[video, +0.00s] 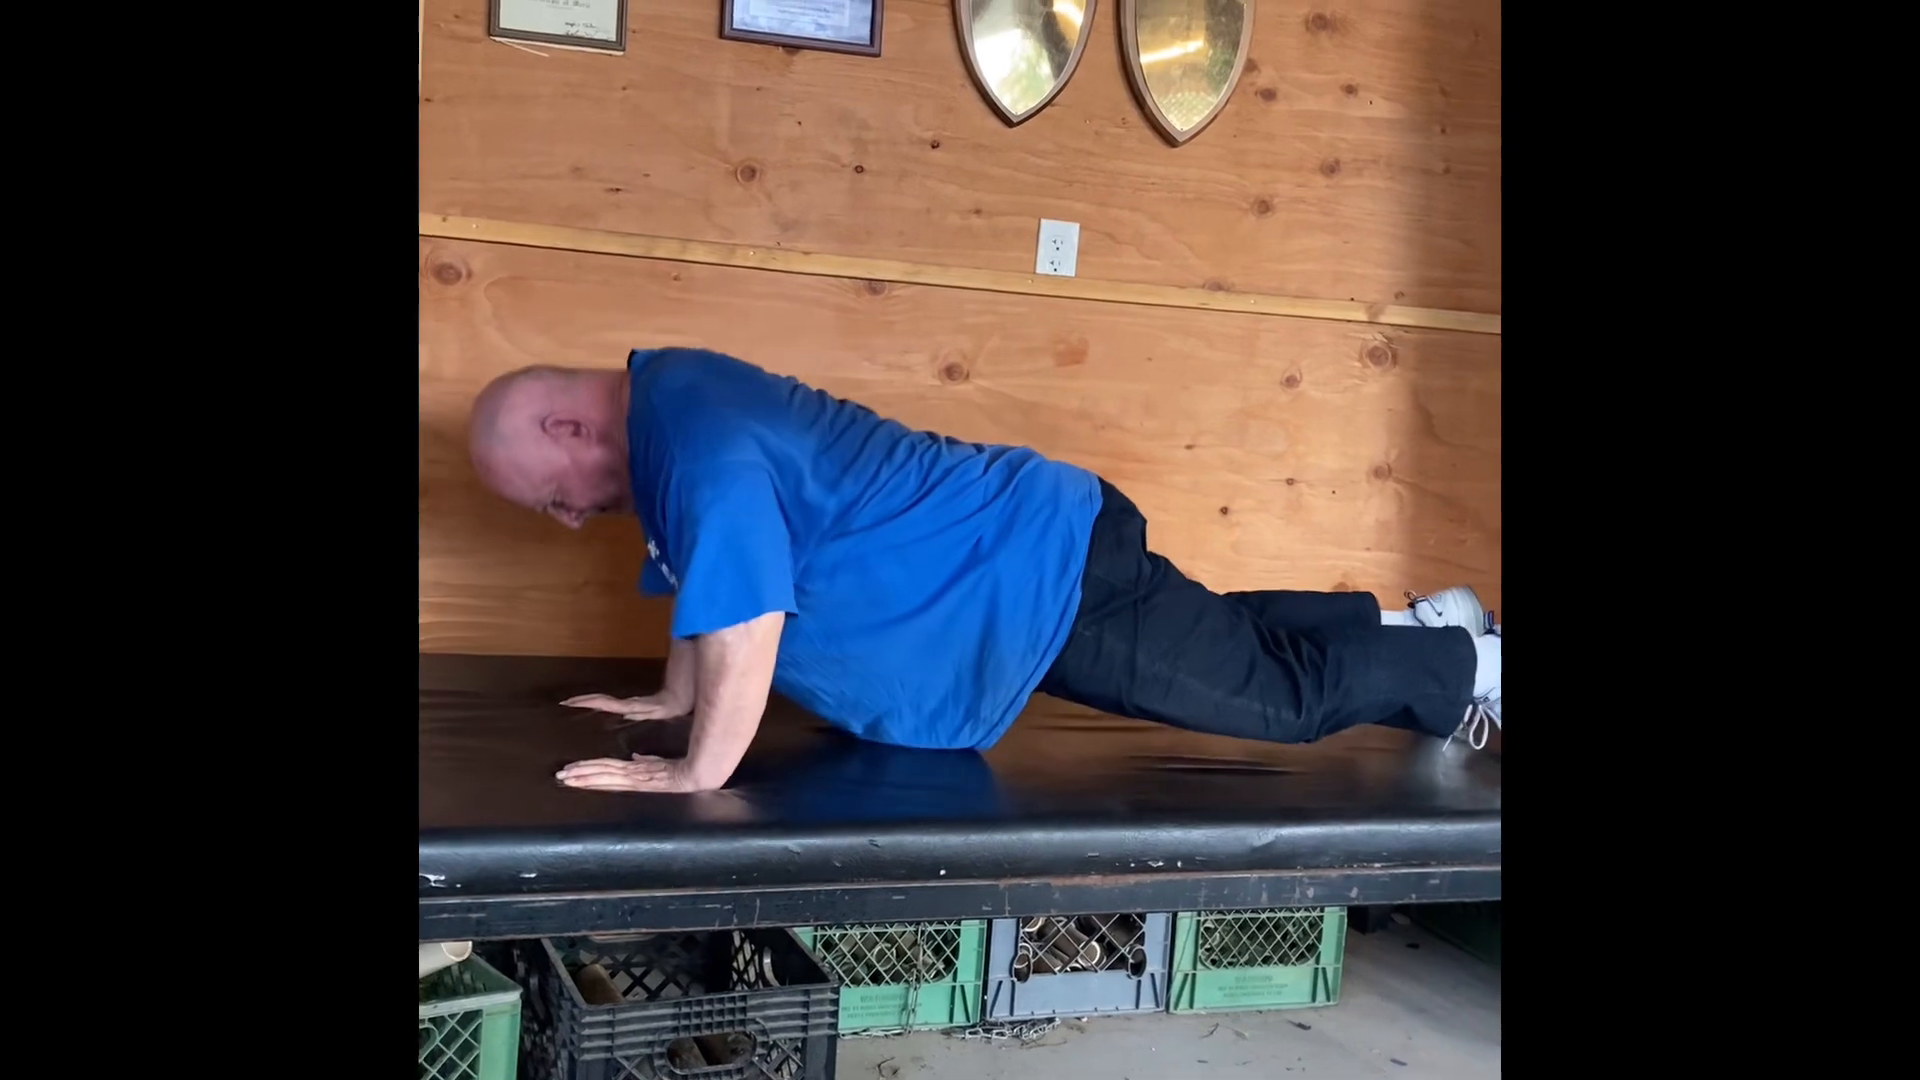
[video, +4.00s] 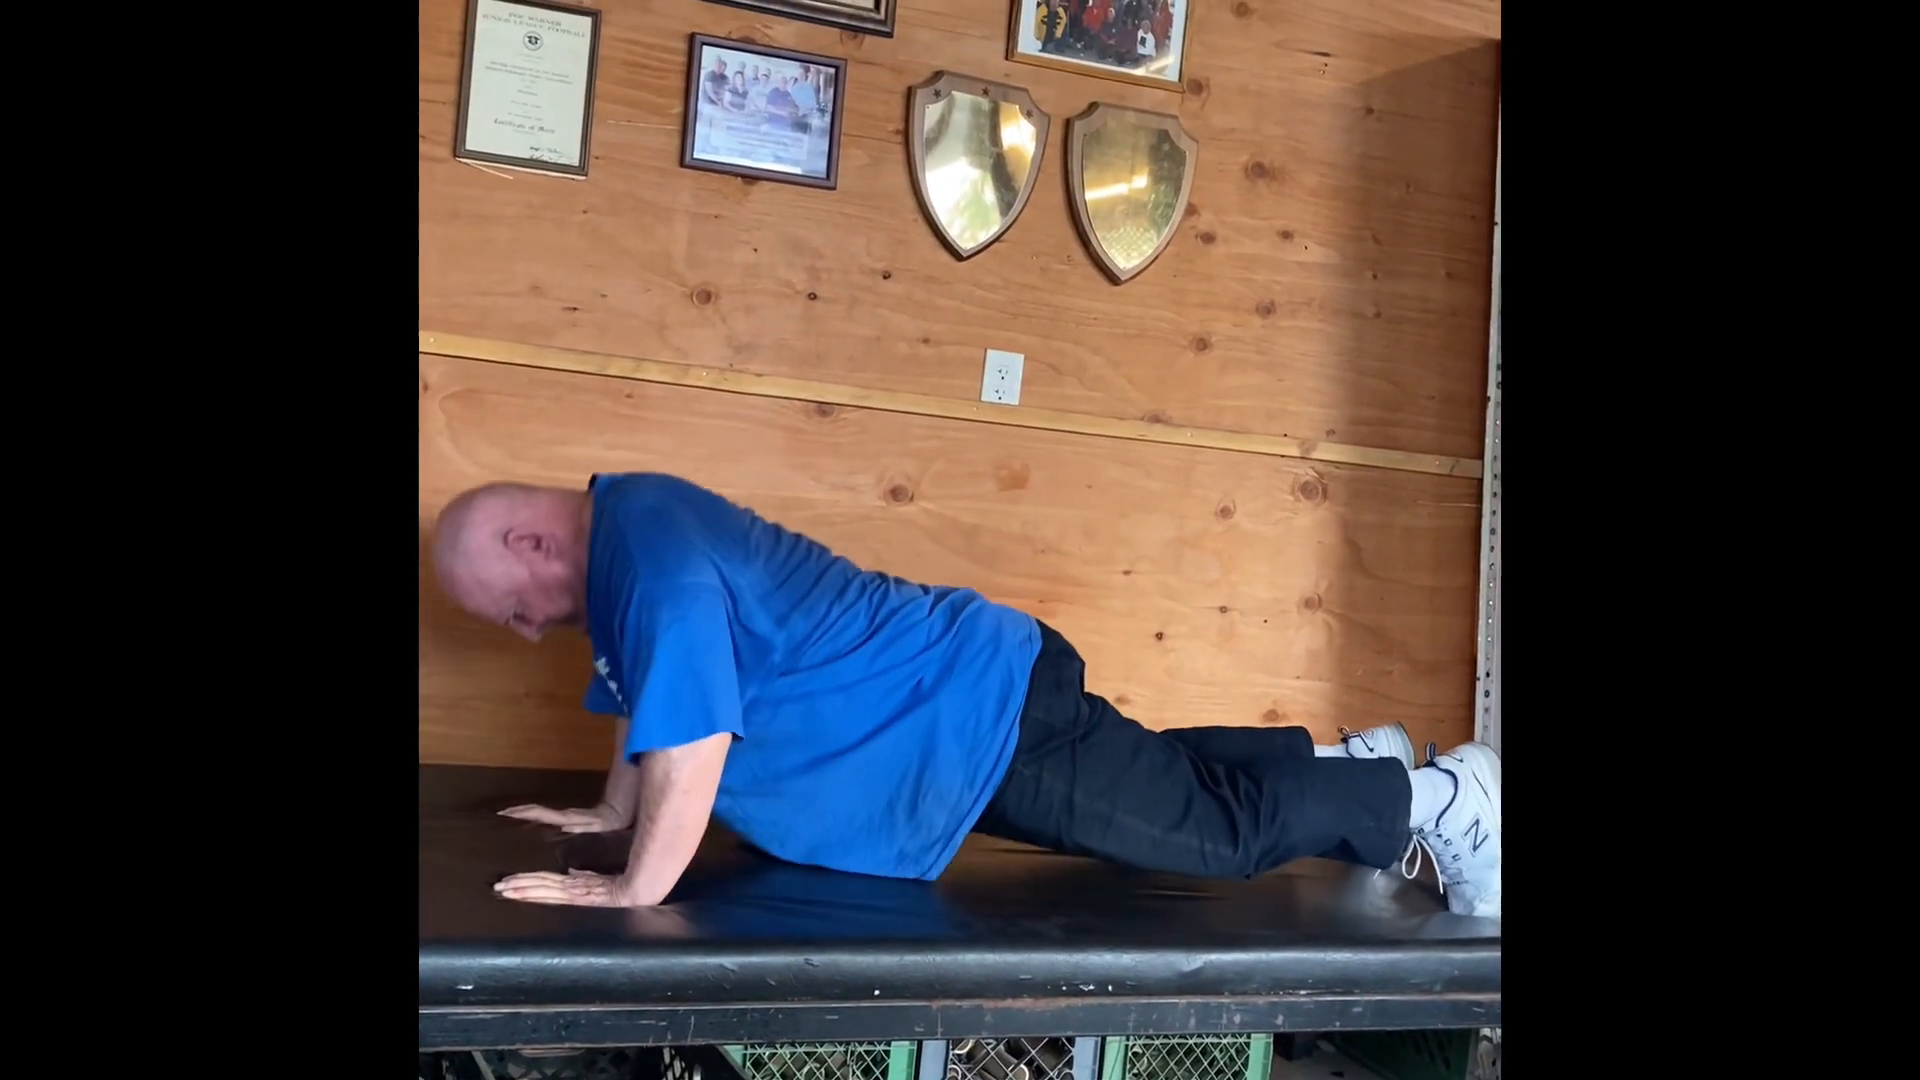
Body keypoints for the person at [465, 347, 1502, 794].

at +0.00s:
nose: (573, 511)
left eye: (556, 491)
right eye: (551, 502)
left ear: (571, 431)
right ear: (569, 415)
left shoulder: (695, 437)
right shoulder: (664, 412)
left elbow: (747, 613)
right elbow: (717, 592)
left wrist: (704, 770)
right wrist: (681, 705)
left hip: (1050, 583)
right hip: (1030, 557)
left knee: (1274, 696)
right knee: (1217, 638)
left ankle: (1462, 662)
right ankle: (1406, 618)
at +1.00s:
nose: (535, 536)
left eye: (519, 517)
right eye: (516, 525)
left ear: (537, 460)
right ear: (539, 442)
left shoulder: (664, 481)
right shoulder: (637, 458)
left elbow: (694, 667)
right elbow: (671, 648)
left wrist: (656, 815)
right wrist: (640, 757)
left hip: (996, 617)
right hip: (976, 607)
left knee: (1215, 736)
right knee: (1183, 695)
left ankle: (1438, 726)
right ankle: (1381, 694)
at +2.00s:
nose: (520, 550)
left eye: (508, 533)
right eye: (504, 538)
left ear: (531, 478)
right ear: (531, 454)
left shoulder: (663, 507)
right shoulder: (631, 476)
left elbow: (680, 704)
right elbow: (654, 665)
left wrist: (637, 846)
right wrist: (617, 782)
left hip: (987, 641)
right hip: (964, 632)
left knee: (1201, 762)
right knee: (1169, 726)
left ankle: (1433, 757)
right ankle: (1363, 730)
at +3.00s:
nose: (525, 579)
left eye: (512, 562)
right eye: (509, 568)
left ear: (533, 508)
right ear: (534, 489)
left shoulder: (662, 535)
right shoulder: (630, 510)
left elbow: (680, 735)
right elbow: (656, 695)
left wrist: (633, 877)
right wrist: (616, 805)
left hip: (979, 681)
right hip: (951, 678)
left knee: (1201, 803)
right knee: (1165, 763)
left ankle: (1429, 783)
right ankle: (1358, 757)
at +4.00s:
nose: (532, 614)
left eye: (516, 594)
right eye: (513, 606)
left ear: (531, 537)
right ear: (529, 544)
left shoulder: (654, 550)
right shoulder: (622, 554)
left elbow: (691, 755)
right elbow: (657, 731)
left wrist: (638, 897)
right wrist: (616, 842)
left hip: (989, 707)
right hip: (960, 715)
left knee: (1204, 822)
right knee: (1168, 787)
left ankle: (1430, 804)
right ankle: (1365, 771)